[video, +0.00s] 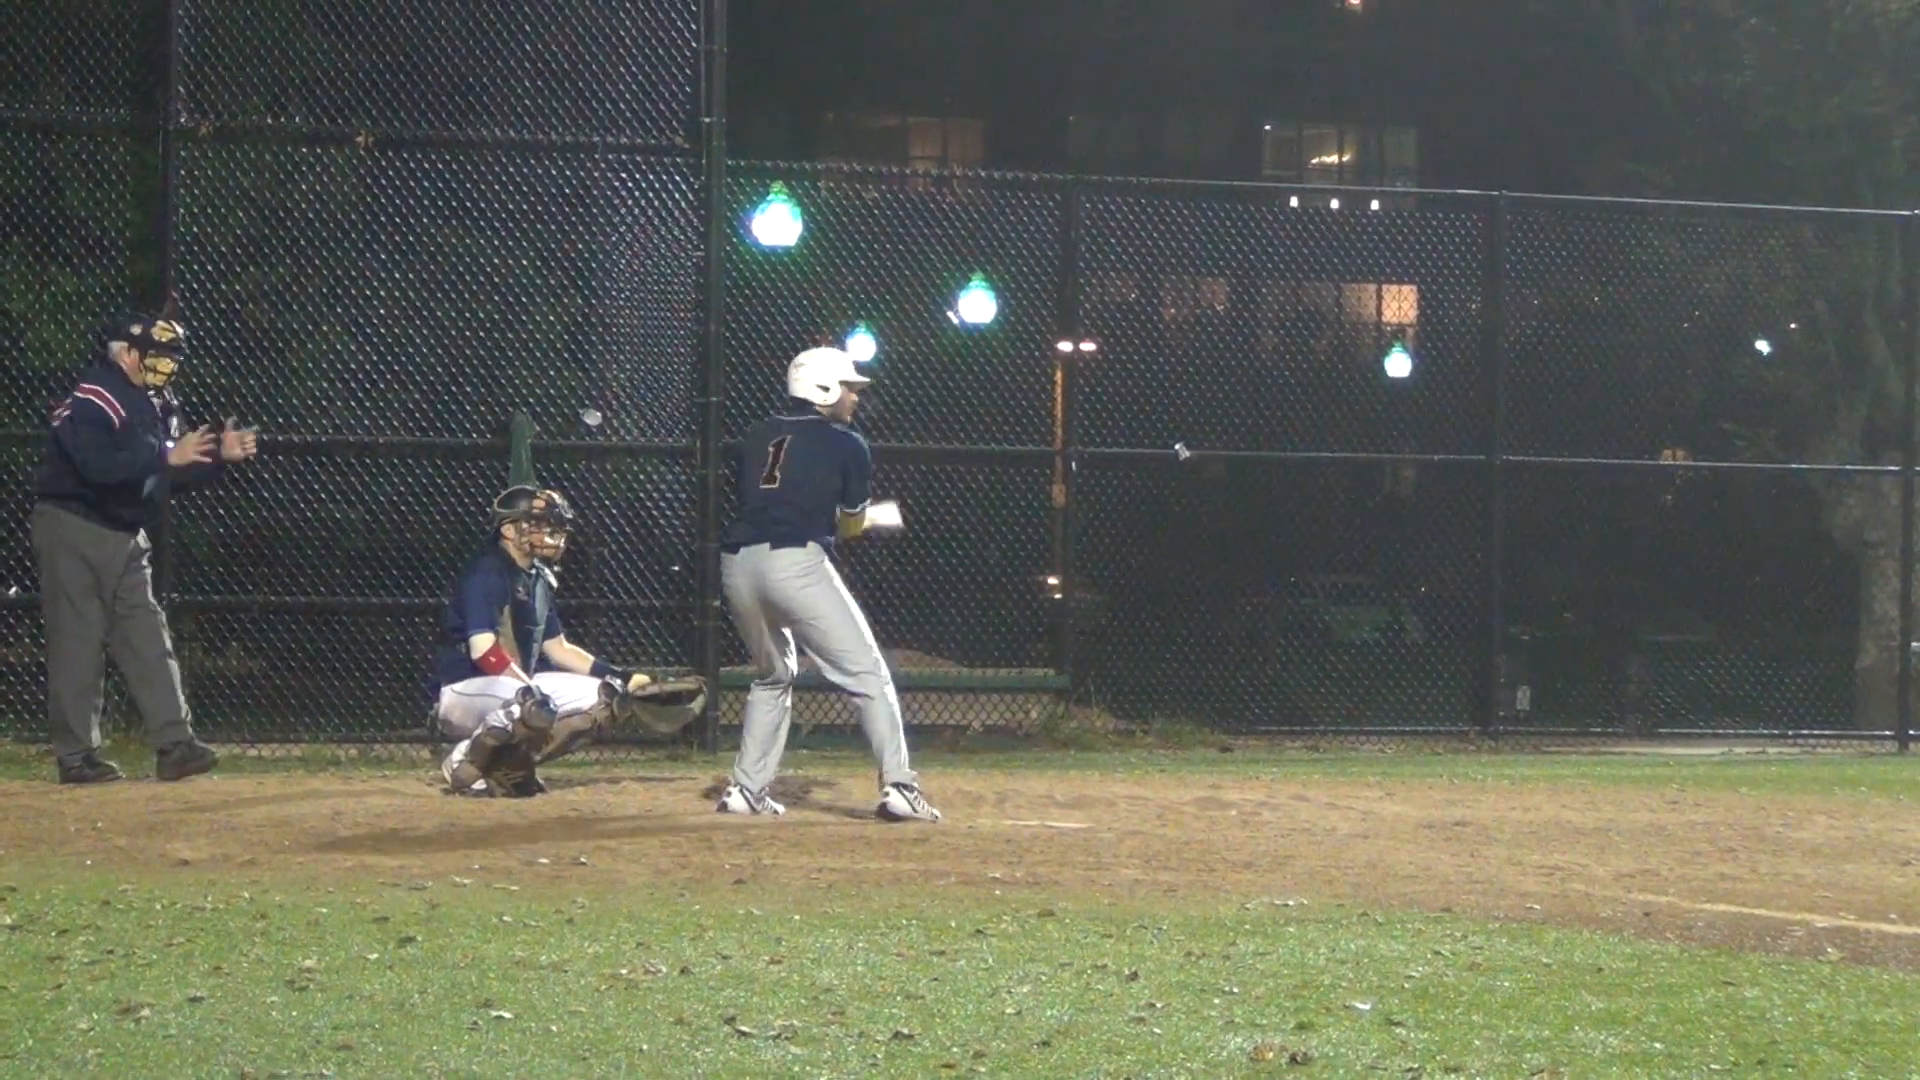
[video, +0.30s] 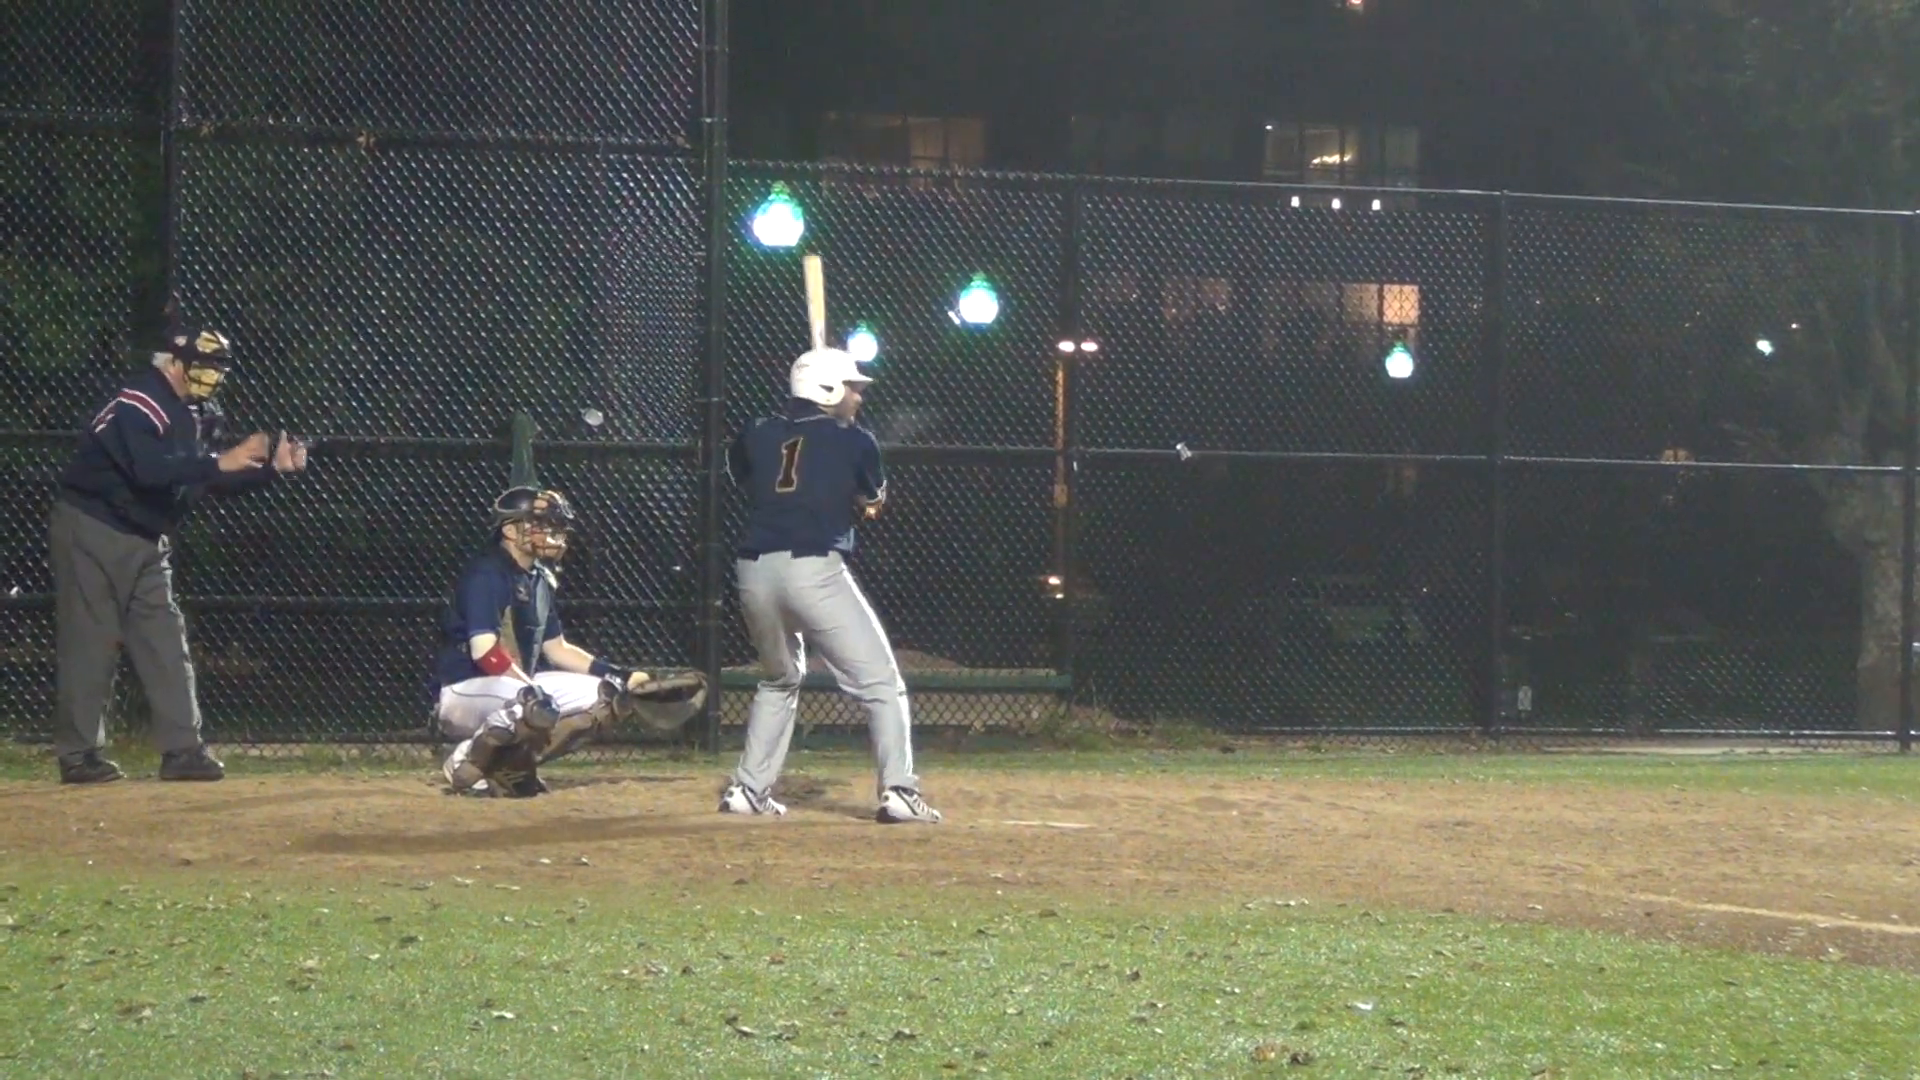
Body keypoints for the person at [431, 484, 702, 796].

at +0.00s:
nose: (548, 535)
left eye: (552, 527)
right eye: (537, 525)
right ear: (508, 531)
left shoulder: (537, 577)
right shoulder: (486, 573)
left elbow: (558, 648)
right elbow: (484, 651)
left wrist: (621, 677)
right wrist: (532, 694)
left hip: (515, 684)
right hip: (463, 691)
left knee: (604, 695)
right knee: (534, 707)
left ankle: (513, 766)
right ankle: (464, 765)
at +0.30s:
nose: (550, 532)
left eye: (553, 525)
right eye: (539, 524)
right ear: (510, 531)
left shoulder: (539, 578)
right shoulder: (485, 574)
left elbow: (556, 648)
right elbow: (485, 653)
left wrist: (619, 676)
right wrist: (531, 691)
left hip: (518, 686)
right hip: (462, 693)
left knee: (608, 696)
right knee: (536, 709)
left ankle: (514, 767)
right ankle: (465, 766)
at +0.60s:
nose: (557, 536)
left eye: (560, 529)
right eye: (547, 527)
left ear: (563, 533)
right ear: (518, 530)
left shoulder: (547, 577)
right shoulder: (491, 572)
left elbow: (554, 644)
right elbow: (484, 649)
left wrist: (619, 671)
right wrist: (537, 680)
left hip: (516, 680)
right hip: (462, 686)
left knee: (603, 691)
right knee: (536, 698)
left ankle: (512, 767)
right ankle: (464, 768)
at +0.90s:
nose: (567, 483)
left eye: (569, 475)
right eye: (557, 474)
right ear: (528, 477)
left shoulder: (555, 521)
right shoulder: (495, 522)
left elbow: (558, 575)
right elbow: (499, 601)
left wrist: (603, 606)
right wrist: (565, 614)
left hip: (521, 621)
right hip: (465, 625)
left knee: (598, 653)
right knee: (536, 660)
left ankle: (542, 751)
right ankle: (483, 760)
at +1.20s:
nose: (578, 537)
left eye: (580, 529)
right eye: (568, 529)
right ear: (537, 531)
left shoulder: (569, 571)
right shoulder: (506, 573)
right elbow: (528, 640)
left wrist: (601, 613)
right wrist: (594, 627)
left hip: (536, 667)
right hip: (473, 675)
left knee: (624, 664)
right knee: (534, 686)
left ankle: (585, 763)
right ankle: (484, 771)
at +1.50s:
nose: (590, 550)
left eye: (592, 543)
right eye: (580, 543)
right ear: (551, 546)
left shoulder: (587, 589)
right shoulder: (519, 584)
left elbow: (601, 634)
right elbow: (514, 646)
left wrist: (634, 638)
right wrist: (587, 643)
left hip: (554, 682)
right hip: (488, 690)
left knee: (638, 675)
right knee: (544, 682)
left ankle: (586, 764)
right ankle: (491, 773)